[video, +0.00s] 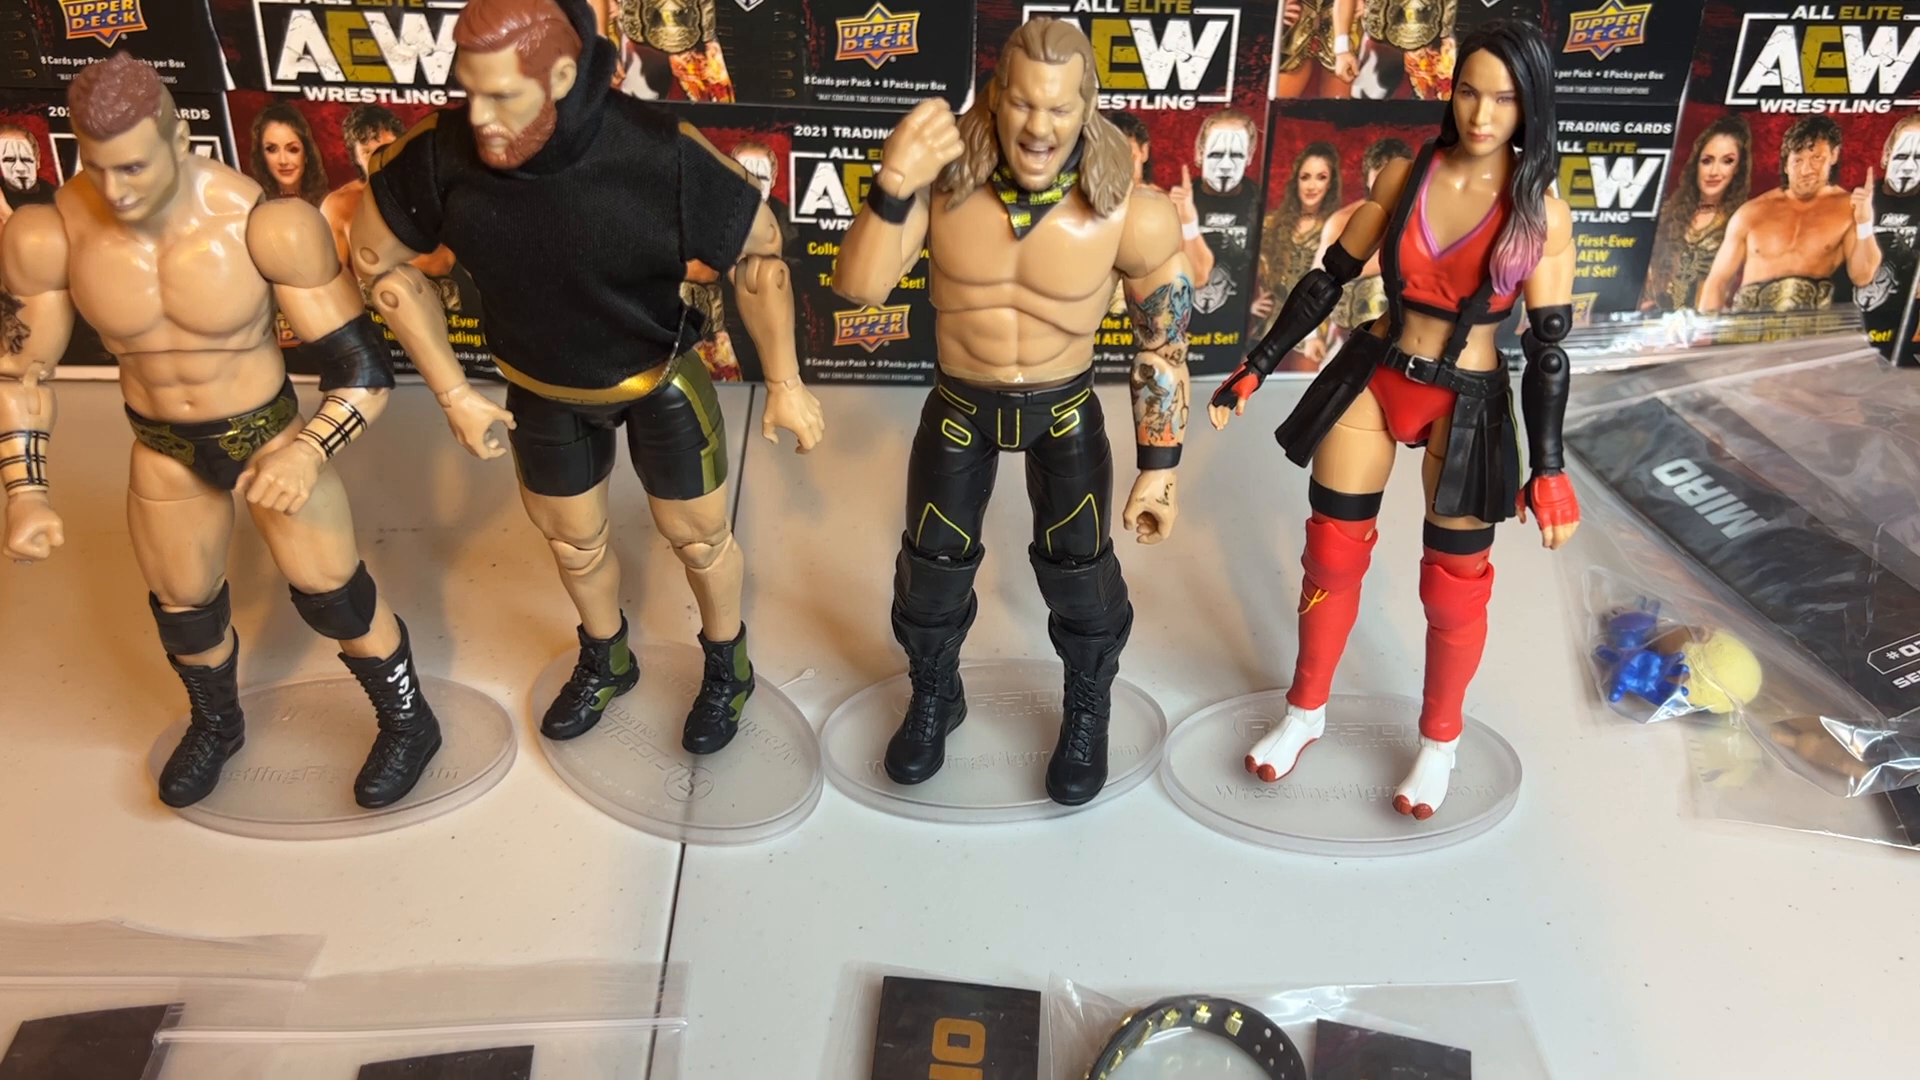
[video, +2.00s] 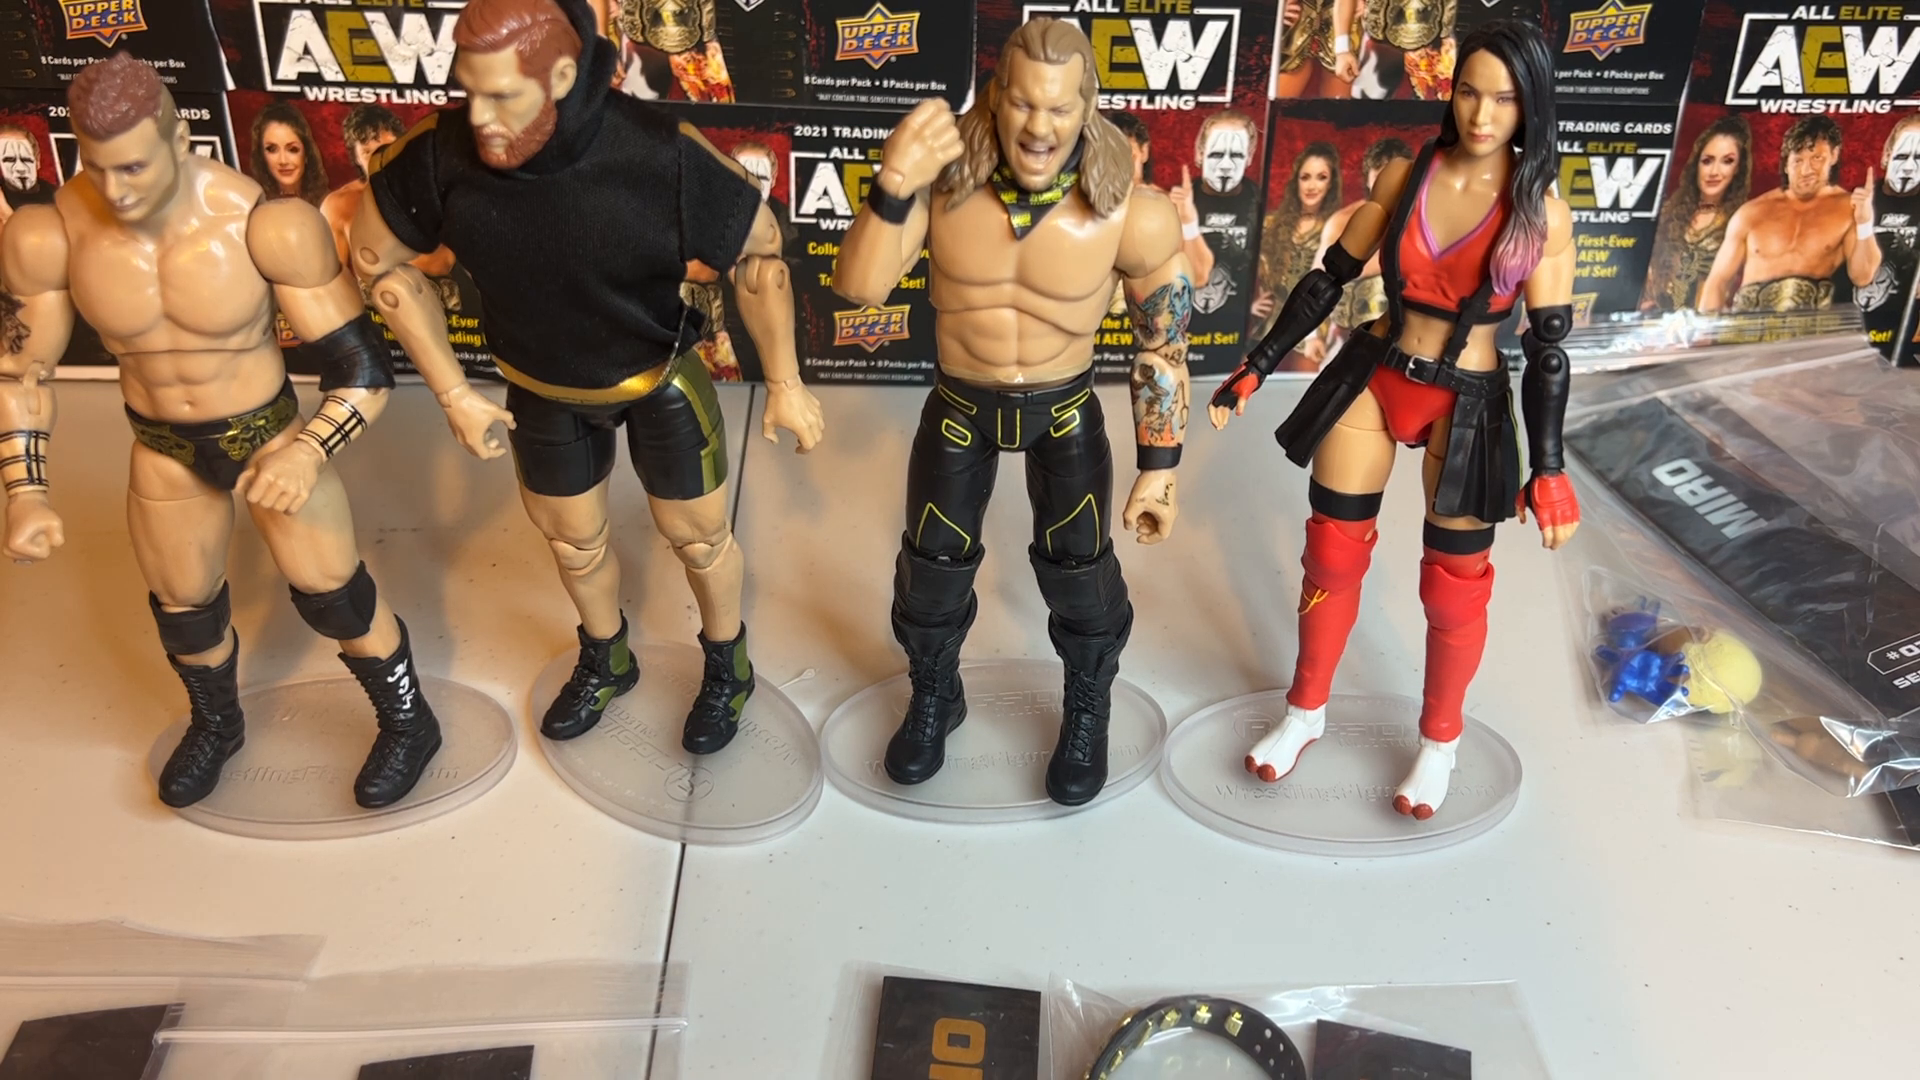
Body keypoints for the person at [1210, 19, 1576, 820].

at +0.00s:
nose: (1480, 113)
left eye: (1501, 99)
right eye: (1469, 94)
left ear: (1528, 108)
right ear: (1451, 94)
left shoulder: (1540, 209)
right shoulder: (1406, 175)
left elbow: (1548, 345)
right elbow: (1332, 274)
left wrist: (1549, 466)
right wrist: (1256, 364)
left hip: (1467, 404)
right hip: (1372, 382)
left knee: (1454, 591)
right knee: (1331, 559)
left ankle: (1438, 741)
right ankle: (1304, 710)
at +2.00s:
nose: (1480, 113)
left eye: (1501, 99)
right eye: (1469, 94)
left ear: (1529, 108)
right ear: (1451, 94)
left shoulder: (1540, 208)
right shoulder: (1406, 174)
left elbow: (1549, 345)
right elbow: (1333, 274)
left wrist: (1549, 466)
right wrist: (1256, 364)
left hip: (1467, 404)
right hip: (1372, 382)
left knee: (1454, 591)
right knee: (1331, 560)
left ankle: (1438, 742)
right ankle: (1304, 710)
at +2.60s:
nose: (1480, 113)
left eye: (1501, 99)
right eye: (1469, 93)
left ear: (1529, 108)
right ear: (1451, 94)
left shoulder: (1540, 207)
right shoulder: (1406, 174)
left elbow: (1549, 343)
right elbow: (1332, 274)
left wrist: (1549, 466)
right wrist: (1256, 364)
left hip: (1467, 404)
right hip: (1371, 383)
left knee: (1454, 591)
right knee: (1331, 560)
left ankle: (1438, 742)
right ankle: (1304, 710)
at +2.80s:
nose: (1480, 114)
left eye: (1501, 99)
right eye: (1469, 94)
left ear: (1529, 109)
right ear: (1451, 94)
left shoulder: (1540, 209)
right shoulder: (1407, 175)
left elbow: (1549, 345)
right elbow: (1333, 274)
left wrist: (1549, 466)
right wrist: (1256, 364)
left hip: (1467, 404)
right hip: (1372, 382)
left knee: (1454, 591)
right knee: (1331, 560)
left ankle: (1438, 742)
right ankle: (1304, 710)